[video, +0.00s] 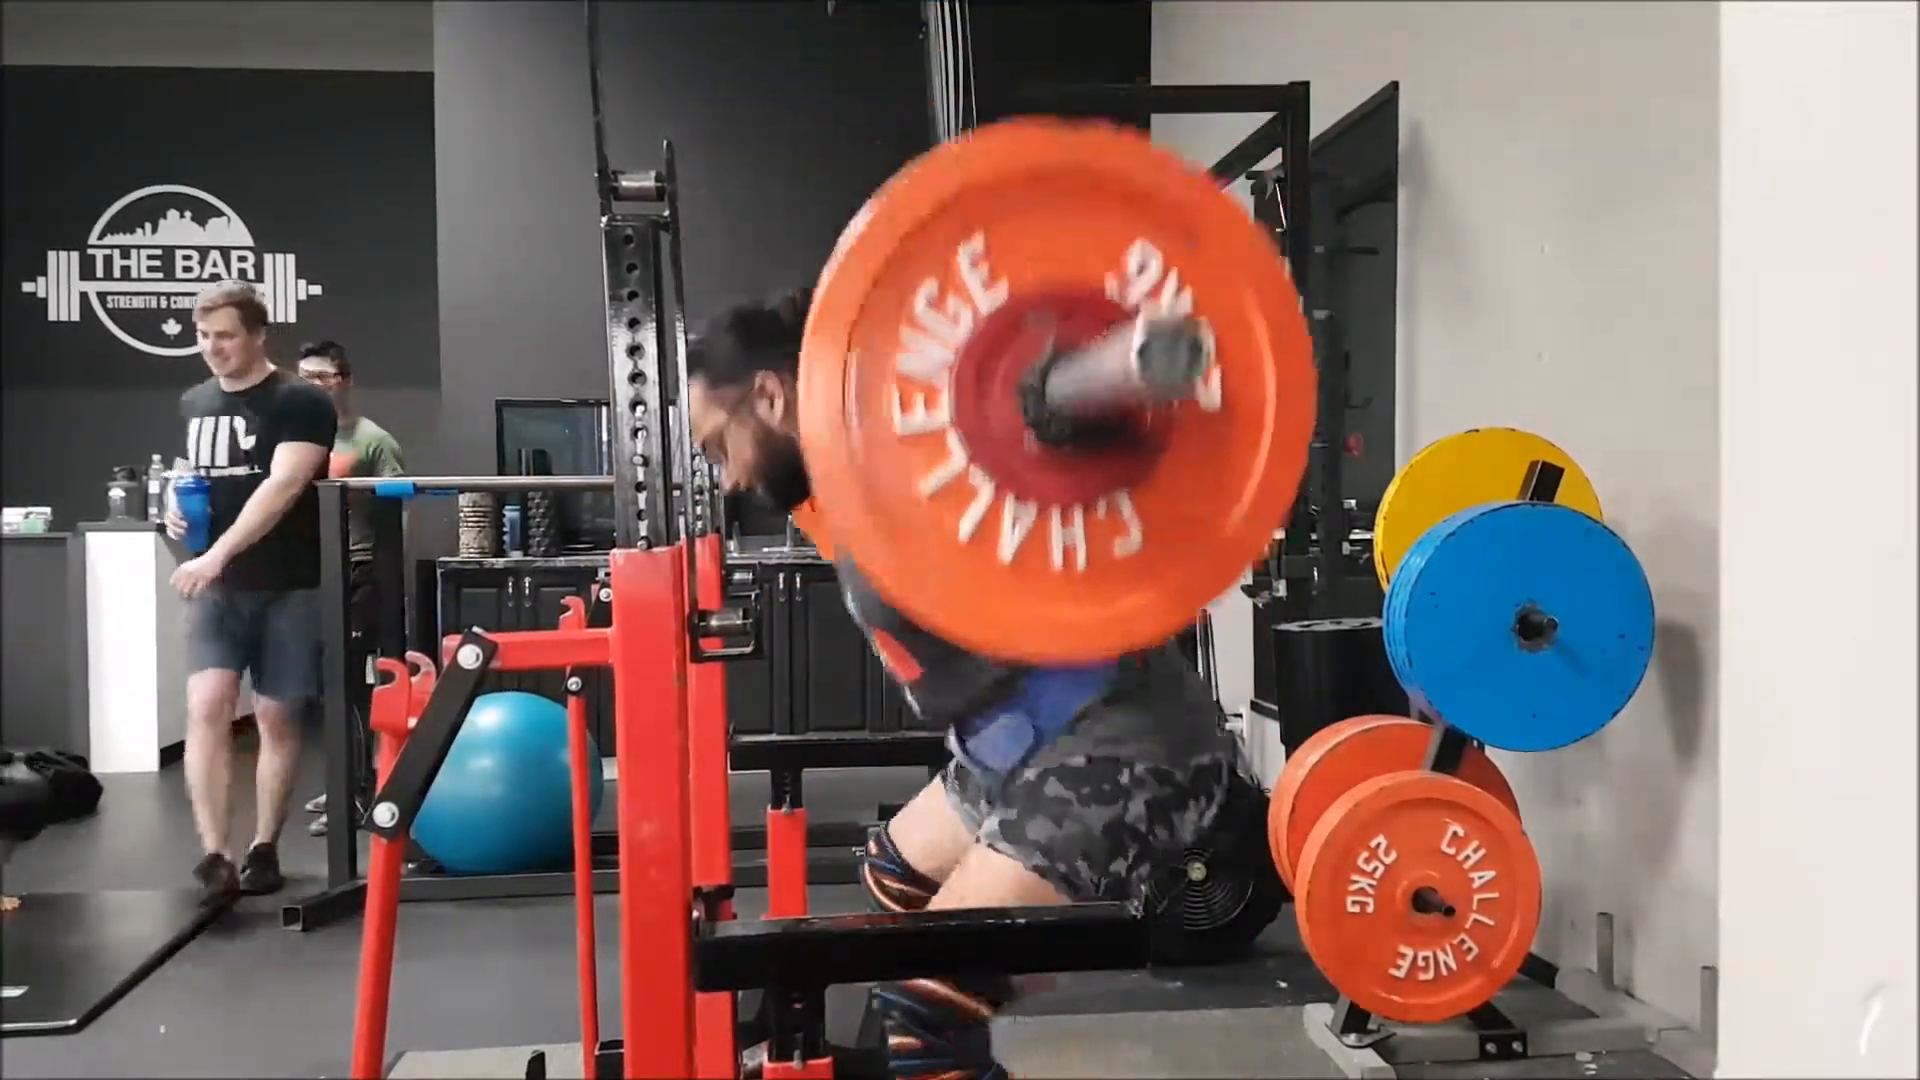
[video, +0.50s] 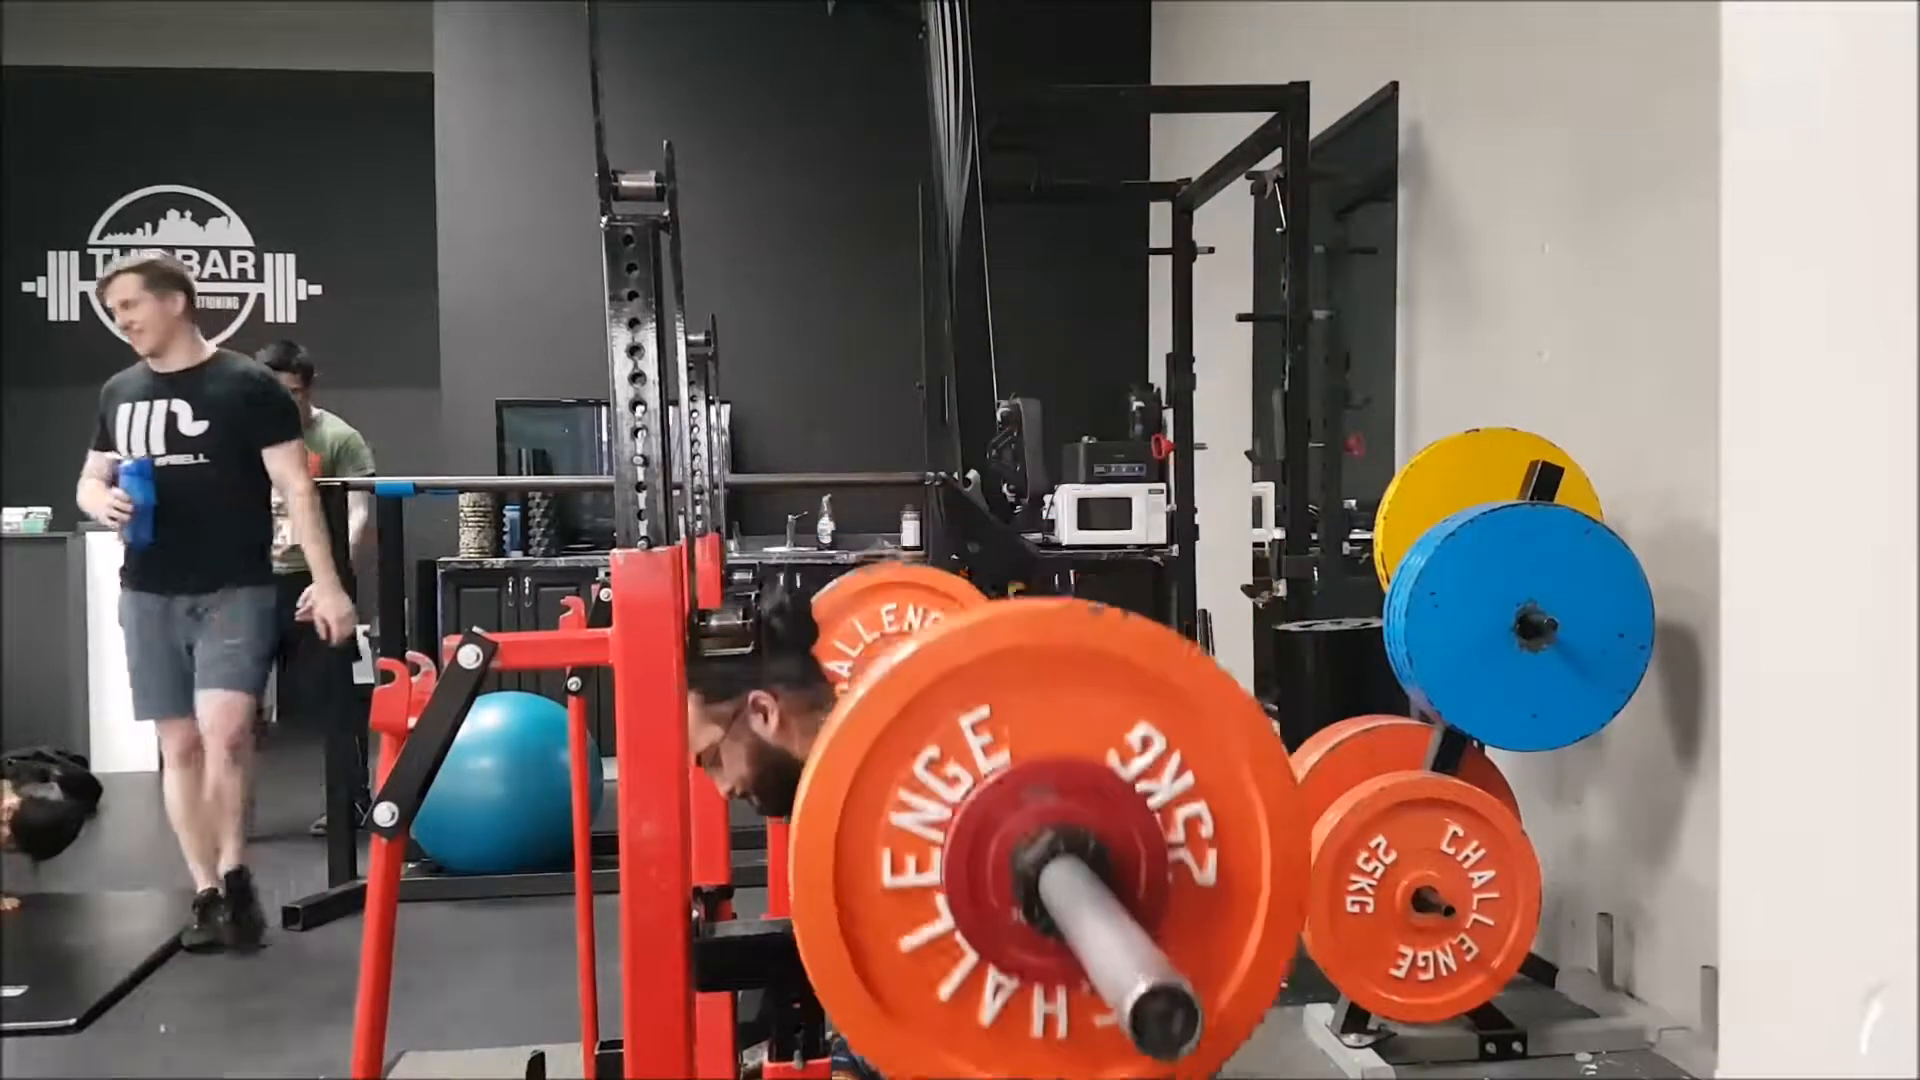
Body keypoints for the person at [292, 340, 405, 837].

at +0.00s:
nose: (317, 386)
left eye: (326, 376)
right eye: (309, 377)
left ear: (346, 381)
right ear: (299, 382)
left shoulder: (373, 441)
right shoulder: (298, 441)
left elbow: (400, 508)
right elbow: (293, 503)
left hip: (366, 573)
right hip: (321, 572)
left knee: (365, 681)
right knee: (332, 682)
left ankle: (368, 787)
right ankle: (340, 786)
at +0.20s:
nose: (311, 398)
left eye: (320, 388)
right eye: (302, 389)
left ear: (339, 388)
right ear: (290, 389)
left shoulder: (370, 441)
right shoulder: (284, 439)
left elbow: (395, 509)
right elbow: (272, 500)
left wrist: (351, 487)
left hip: (355, 567)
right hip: (303, 568)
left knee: (349, 670)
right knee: (309, 669)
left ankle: (358, 777)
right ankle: (326, 762)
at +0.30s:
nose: (303, 401)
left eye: (313, 391)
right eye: (294, 391)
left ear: (334, 388)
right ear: (282, 389)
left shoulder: (363, 440)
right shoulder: (277, 437)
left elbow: (379, 522)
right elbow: (262, 507)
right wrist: (260, 571)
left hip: (341, 579)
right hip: (289, 577)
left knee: (342, 690)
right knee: (296, 684)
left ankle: (351, 797)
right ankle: (310, 767)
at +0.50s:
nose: (283, 401)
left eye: (292, 391)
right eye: (273, 391)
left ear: (310, 389)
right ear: (257, 390)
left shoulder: (339, 440)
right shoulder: (244, 439)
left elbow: (360, 517)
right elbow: (224, 510)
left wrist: (330, 582)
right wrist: (234, 579)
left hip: (316, 582)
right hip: (256, 584)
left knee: (334, 700)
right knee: (234, 708)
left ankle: (348, 801)